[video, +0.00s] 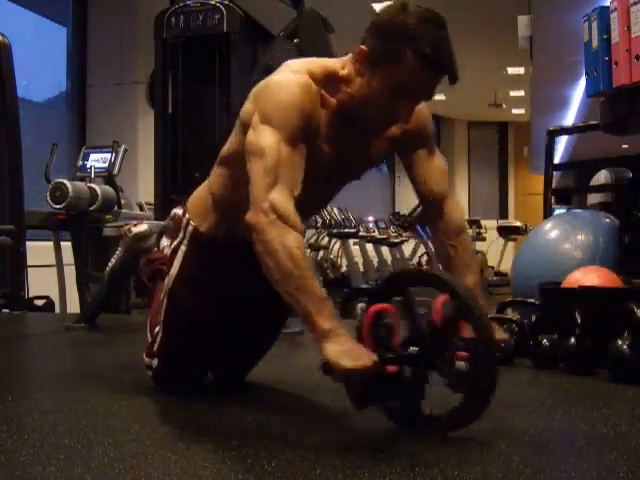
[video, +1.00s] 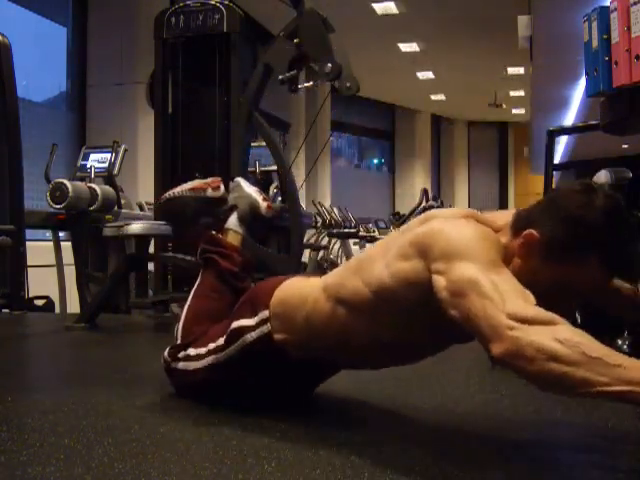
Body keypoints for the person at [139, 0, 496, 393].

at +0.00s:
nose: (408, 112)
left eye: (418, 99)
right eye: (401, 94)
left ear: (428, 92)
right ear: (360, 66)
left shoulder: (410, 118)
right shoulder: (288, 93)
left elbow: (445, 216)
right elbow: (269, 217)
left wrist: (476, 319)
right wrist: (332, 336)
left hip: (272, 258)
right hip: (207, 249)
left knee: (227, 377)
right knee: (172, 376)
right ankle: (152, 263)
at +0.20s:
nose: (453, 144)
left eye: (460, 132)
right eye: (444, 128)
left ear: (467, 123)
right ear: (399, 98)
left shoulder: (443, 141)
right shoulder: (330, 116)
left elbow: (496, 223)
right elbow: (333, 243)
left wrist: (550, 311)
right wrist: (422, 350)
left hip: (289, 276)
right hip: (227, 263)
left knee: (233, 374)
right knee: (175, 375)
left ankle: (196, 238)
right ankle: (165, 255)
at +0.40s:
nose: (501, 200)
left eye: (512, 189)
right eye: (496, 184)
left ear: (522, 170)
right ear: (453, 148)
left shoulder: (485, 169)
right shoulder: (383, 159)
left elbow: (555, 243)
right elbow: (415, 285)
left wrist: (614, 296)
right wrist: (540, 378)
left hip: (306, 300)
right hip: (250, 288)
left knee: (235, 376)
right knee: (177, 372)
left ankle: (212, 250)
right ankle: (176, 247)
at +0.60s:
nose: (549, 266)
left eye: (564, 253)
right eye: (548, 251)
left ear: (516, 211)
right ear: (508, 212)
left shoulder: (506, 208)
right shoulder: (437, 210)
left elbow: (617, 278)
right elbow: (500, 323)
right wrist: (634, 383)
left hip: (317, 322)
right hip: (269, 314)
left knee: (235, 373)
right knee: (183, 369)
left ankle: (213, 265)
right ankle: (192, 262)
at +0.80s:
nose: (562, 319)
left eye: (577, 309)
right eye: (563, 302)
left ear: (531, 256)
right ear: (529, 262)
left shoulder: (515, 247)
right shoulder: (459, 250)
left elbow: (550, 339)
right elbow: (524, 353)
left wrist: (632, 382)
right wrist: (639, 389)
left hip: (320, 336)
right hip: (274, 330)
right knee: (182, 363)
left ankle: (225, 241)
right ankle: (214, 243)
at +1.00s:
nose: (554, 296)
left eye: (570, 289)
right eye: (558, 285)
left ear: (531, 240)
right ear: (528, 245)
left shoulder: (513, 238)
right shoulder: (458, 242)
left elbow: (605, 295)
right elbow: (519, 343)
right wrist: (638, 379)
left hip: (321, 336)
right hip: (274, 328)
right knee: (182, 364)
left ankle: (240, 236)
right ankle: (223, 237)